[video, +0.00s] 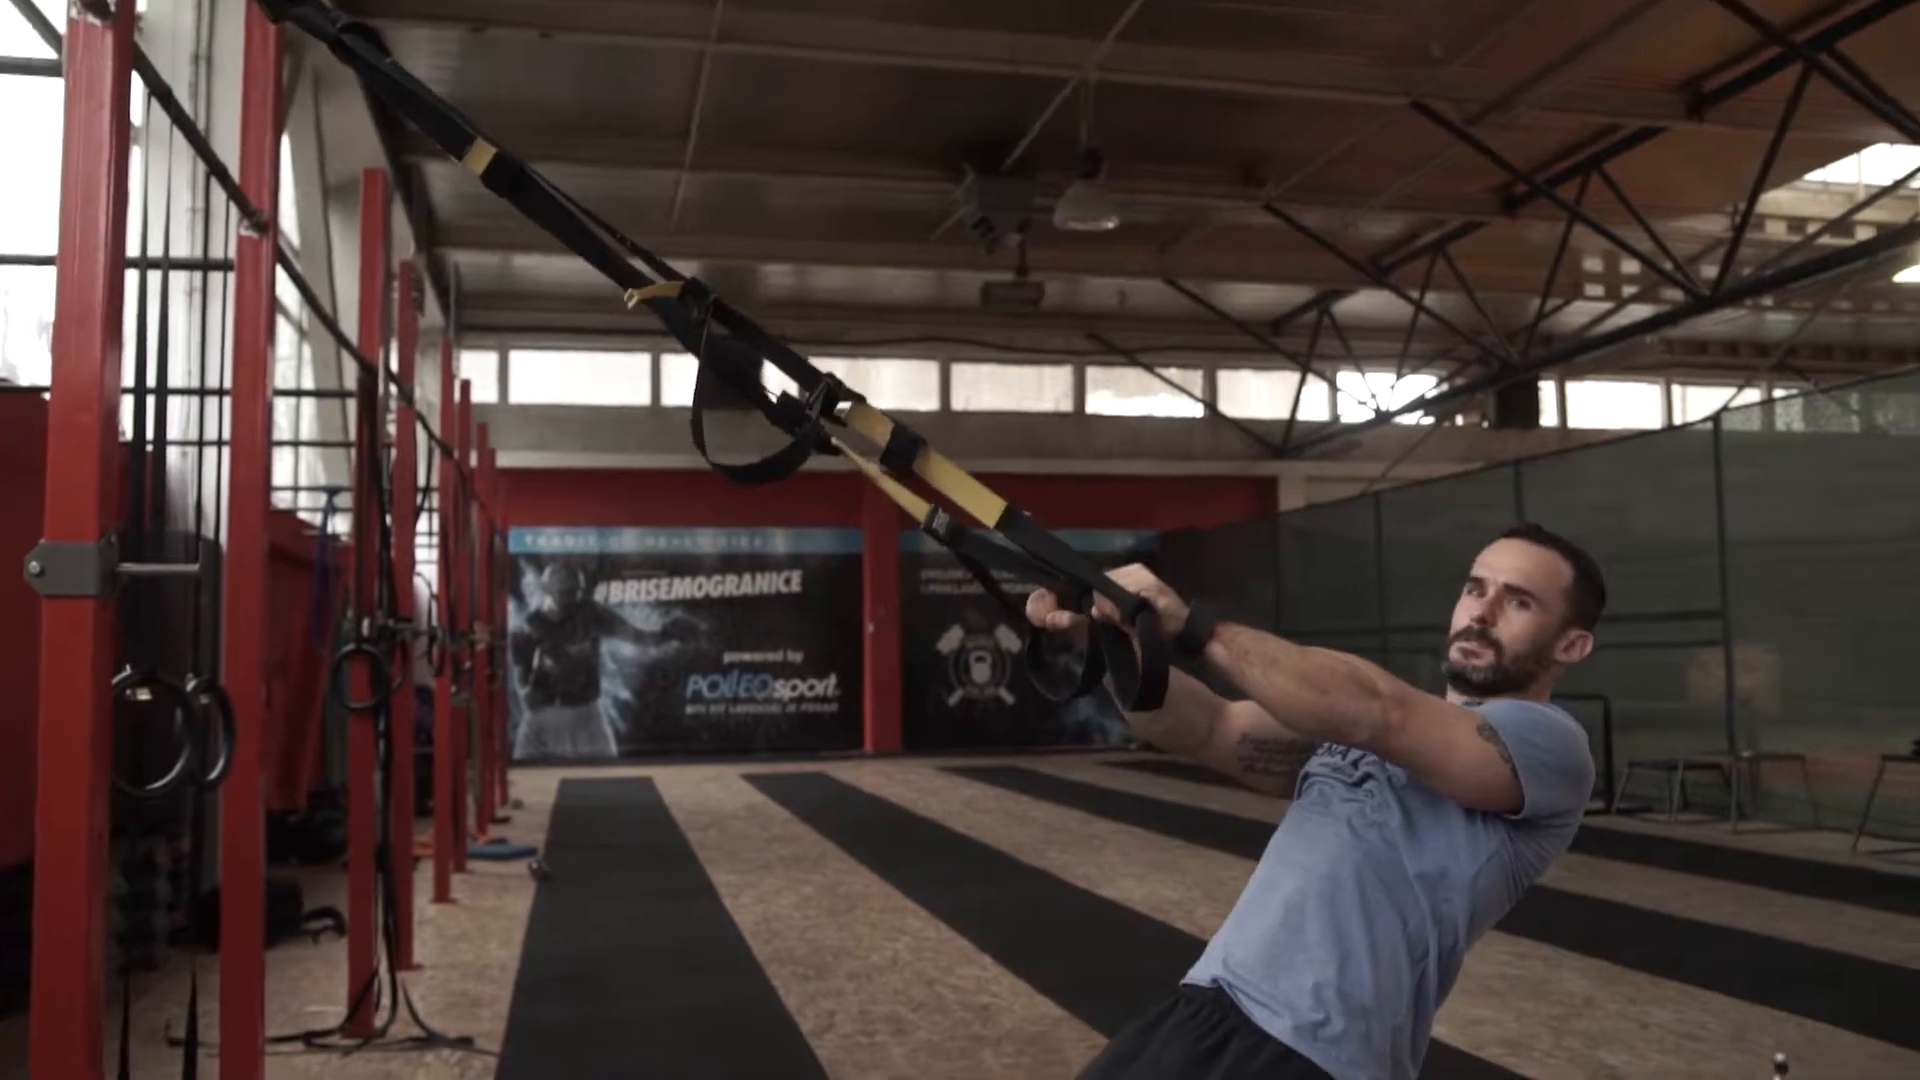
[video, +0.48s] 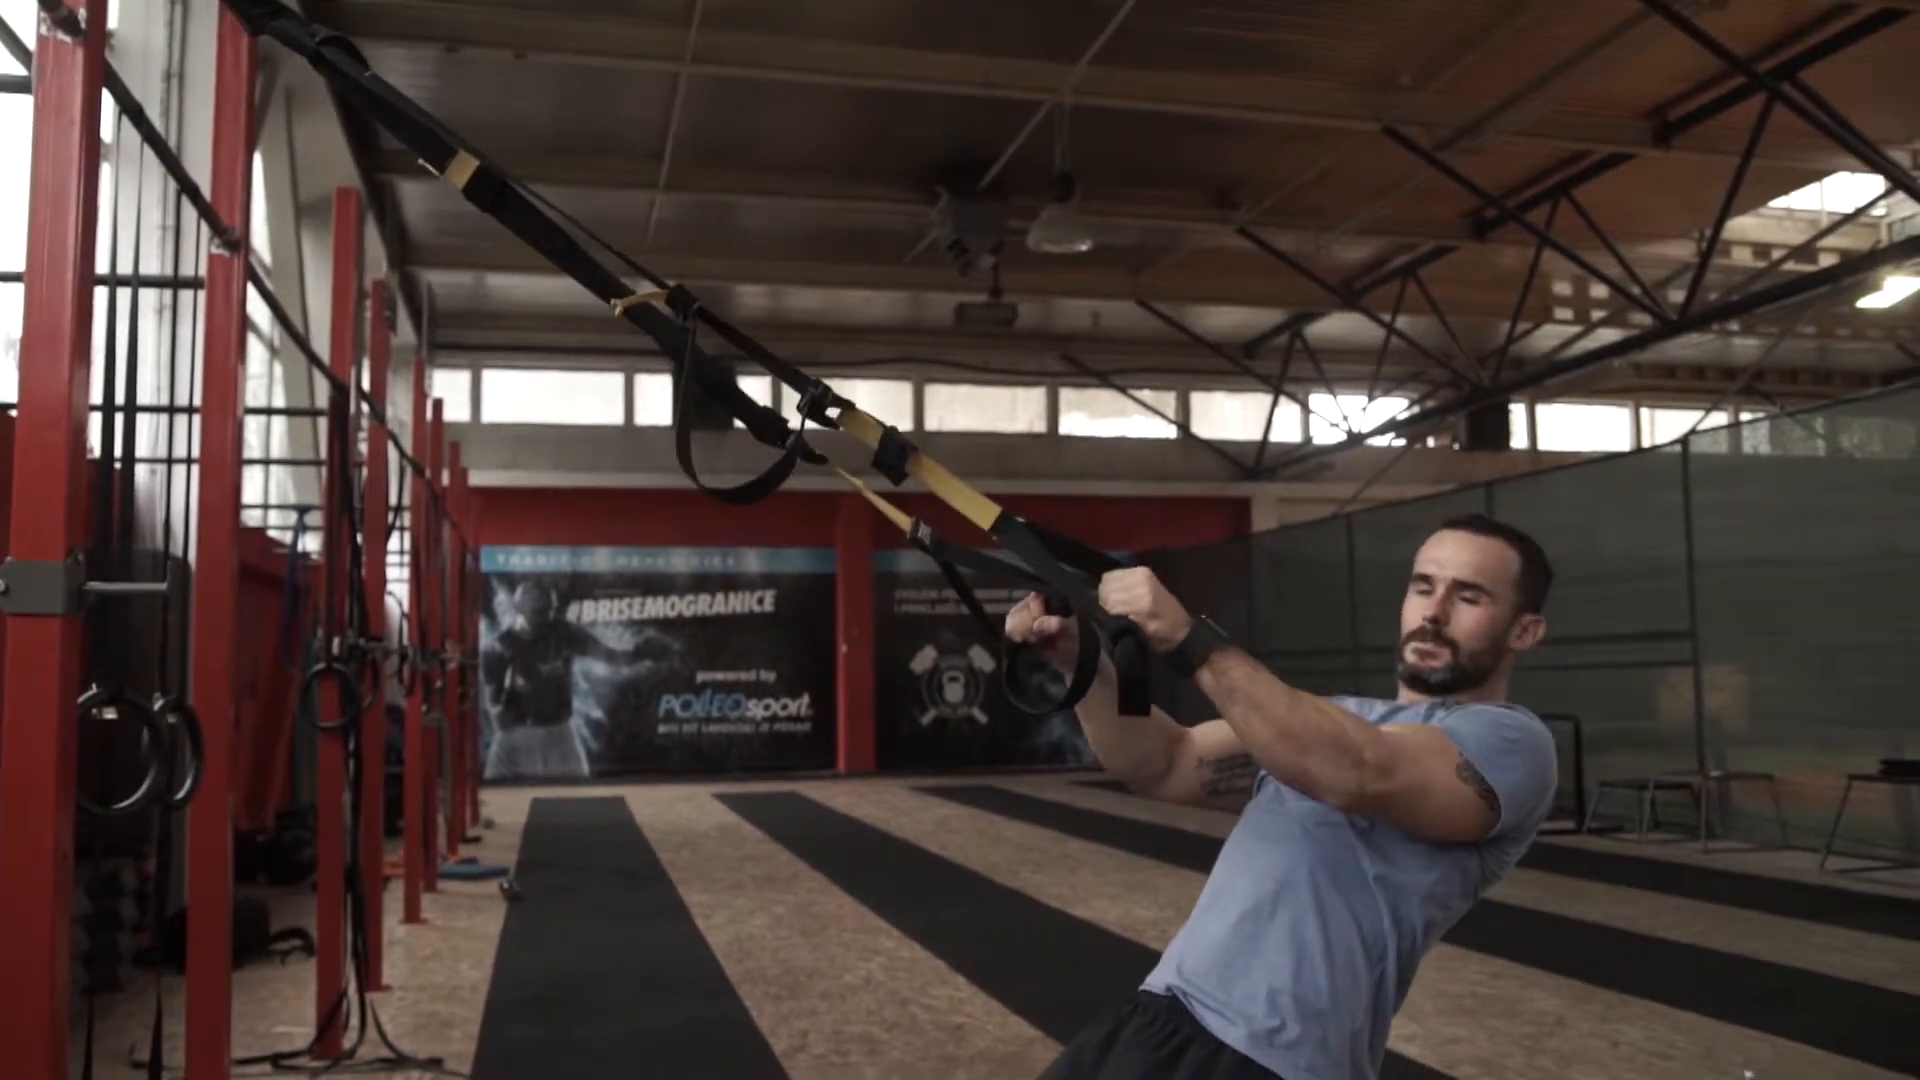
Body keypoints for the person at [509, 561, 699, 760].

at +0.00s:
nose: (569, 598)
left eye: (573, 591)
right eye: (563, 592)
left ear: (580, 588)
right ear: (547, 590)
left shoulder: (590, 614)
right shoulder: (529, 627)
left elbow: (634, 636)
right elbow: (525, 690)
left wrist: (664, 636)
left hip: (588, 717)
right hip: (542, 721)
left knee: (600, 788)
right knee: (534, 790)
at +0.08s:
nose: (560, 605)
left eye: (564, 597)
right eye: (553, 598)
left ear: (571, 596)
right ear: (537, 597)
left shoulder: (581, 623)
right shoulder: (520, 636)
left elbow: (626, 647)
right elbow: (515, 699)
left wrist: (655, 645)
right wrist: (527, 678)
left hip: (578, 727)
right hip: (532, 730)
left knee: (590, 798)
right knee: (523, 800)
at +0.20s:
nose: (550, 613)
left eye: (554, 606)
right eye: (543, 607)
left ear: (561, 605)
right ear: (528, 607)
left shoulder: (573, 632)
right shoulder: (512, 645)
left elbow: (617, 656)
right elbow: (505, 707)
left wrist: (647, 655)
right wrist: (518, 683)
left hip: (569, 735)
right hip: (523, 739)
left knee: (580, 807)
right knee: (513, 808)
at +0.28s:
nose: (544, 619)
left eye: (548, 612)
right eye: (538, 613)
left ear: (555, 609)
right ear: (522, 611)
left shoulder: (567, 636)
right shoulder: (506, 648)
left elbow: (612, 659)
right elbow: (499, 710)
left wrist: (641, 657)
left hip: (563, 739)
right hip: (517, 742)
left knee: (574, 810)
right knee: (508, 812)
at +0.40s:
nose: (541, 619)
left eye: (545, 612)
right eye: (535, 613)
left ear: (552, 609)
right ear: (519, 610)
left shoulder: (563, 634)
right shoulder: (502, 648)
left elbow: (608, 658)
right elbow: (496, 708)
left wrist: (638, 655)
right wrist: (509, 686)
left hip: (560, 738)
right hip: (513, 742)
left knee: (573, 808)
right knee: (504, 811)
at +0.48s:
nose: (541, 617)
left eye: (545, 610)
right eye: (535, 611)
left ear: (552, 607)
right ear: (519, 608)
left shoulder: (565, 634)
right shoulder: (502, 645)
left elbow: (609, 657)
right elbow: (494, 704)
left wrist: (637, 655)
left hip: (560, 736)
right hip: (513, 739)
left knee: (570, 807)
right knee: (505, 809)